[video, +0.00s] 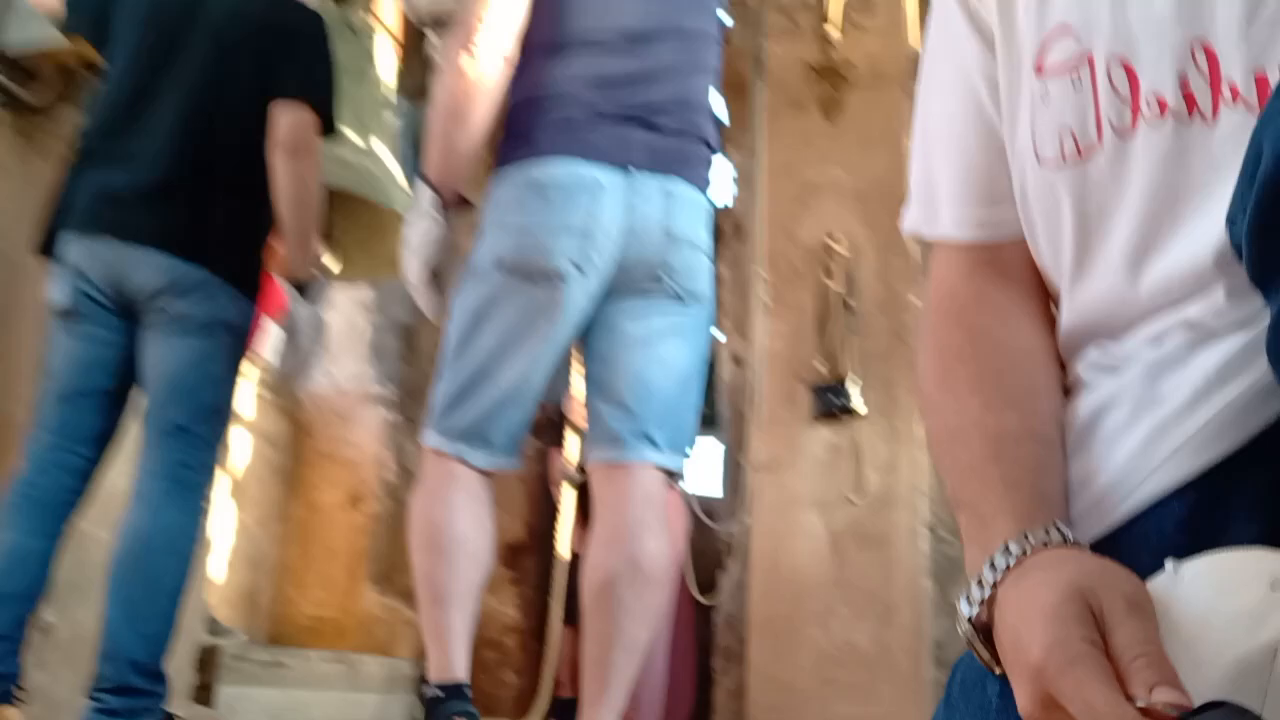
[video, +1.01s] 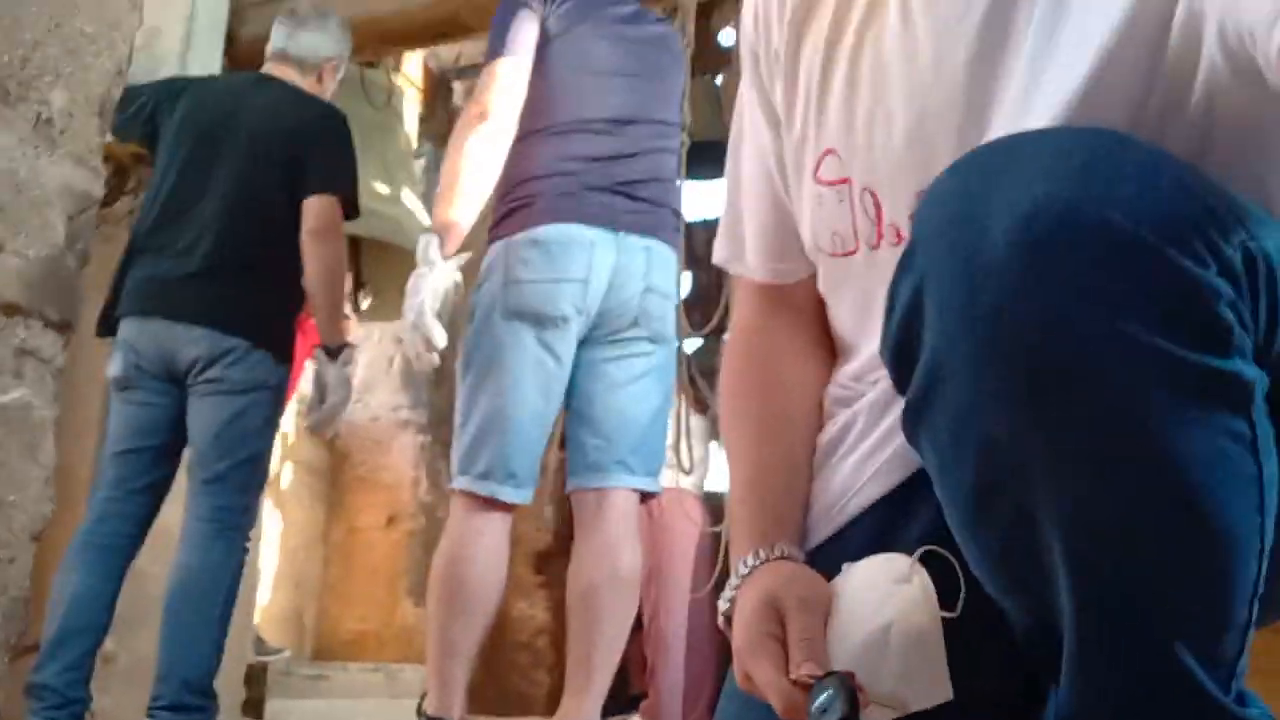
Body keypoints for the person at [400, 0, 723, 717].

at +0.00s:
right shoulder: (700, 11)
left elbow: (482, 60)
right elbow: (705, 95)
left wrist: (437, 197)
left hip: (555, 186)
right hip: (682, 205)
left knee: (462, 449)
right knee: (641, 471)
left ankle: (447, 693)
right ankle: (601, 714)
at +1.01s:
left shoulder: (535, 10)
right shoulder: (667, 35)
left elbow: (491, 116)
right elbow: (665, 159)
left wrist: (442, 242)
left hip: (548, 238)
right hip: (654, 252)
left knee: (485, 495)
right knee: (613, 497)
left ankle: (444, 706)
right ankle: (582, 711)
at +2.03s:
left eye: (651, 69)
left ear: (651, 69)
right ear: (729, 83)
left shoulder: (618, 101)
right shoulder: (765, 128)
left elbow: (574, 216)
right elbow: (754, 237)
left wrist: (533, 349)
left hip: (638, 333)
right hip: (747, 342)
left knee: (578, 588)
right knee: (708, 587)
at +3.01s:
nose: (491, 120)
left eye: (492, 113)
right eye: (565, 126)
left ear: (491, 117)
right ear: (568, 131)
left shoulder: (444, 158)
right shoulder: (599, 199)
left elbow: (399, 244)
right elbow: (601, 316)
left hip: (457, 399)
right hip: (571, 414)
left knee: (393, 659)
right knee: (528, 650)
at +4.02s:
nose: (413, 14)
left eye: (411, 9)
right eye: (482, 25)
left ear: (407, 14)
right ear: (487, 37)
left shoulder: (361, 52)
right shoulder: (514, 100)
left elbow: (359, 149)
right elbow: (511, 201)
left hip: (356, 298)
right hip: (471, 322)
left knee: (268, 552)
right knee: (408, 561)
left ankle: (214, 712)